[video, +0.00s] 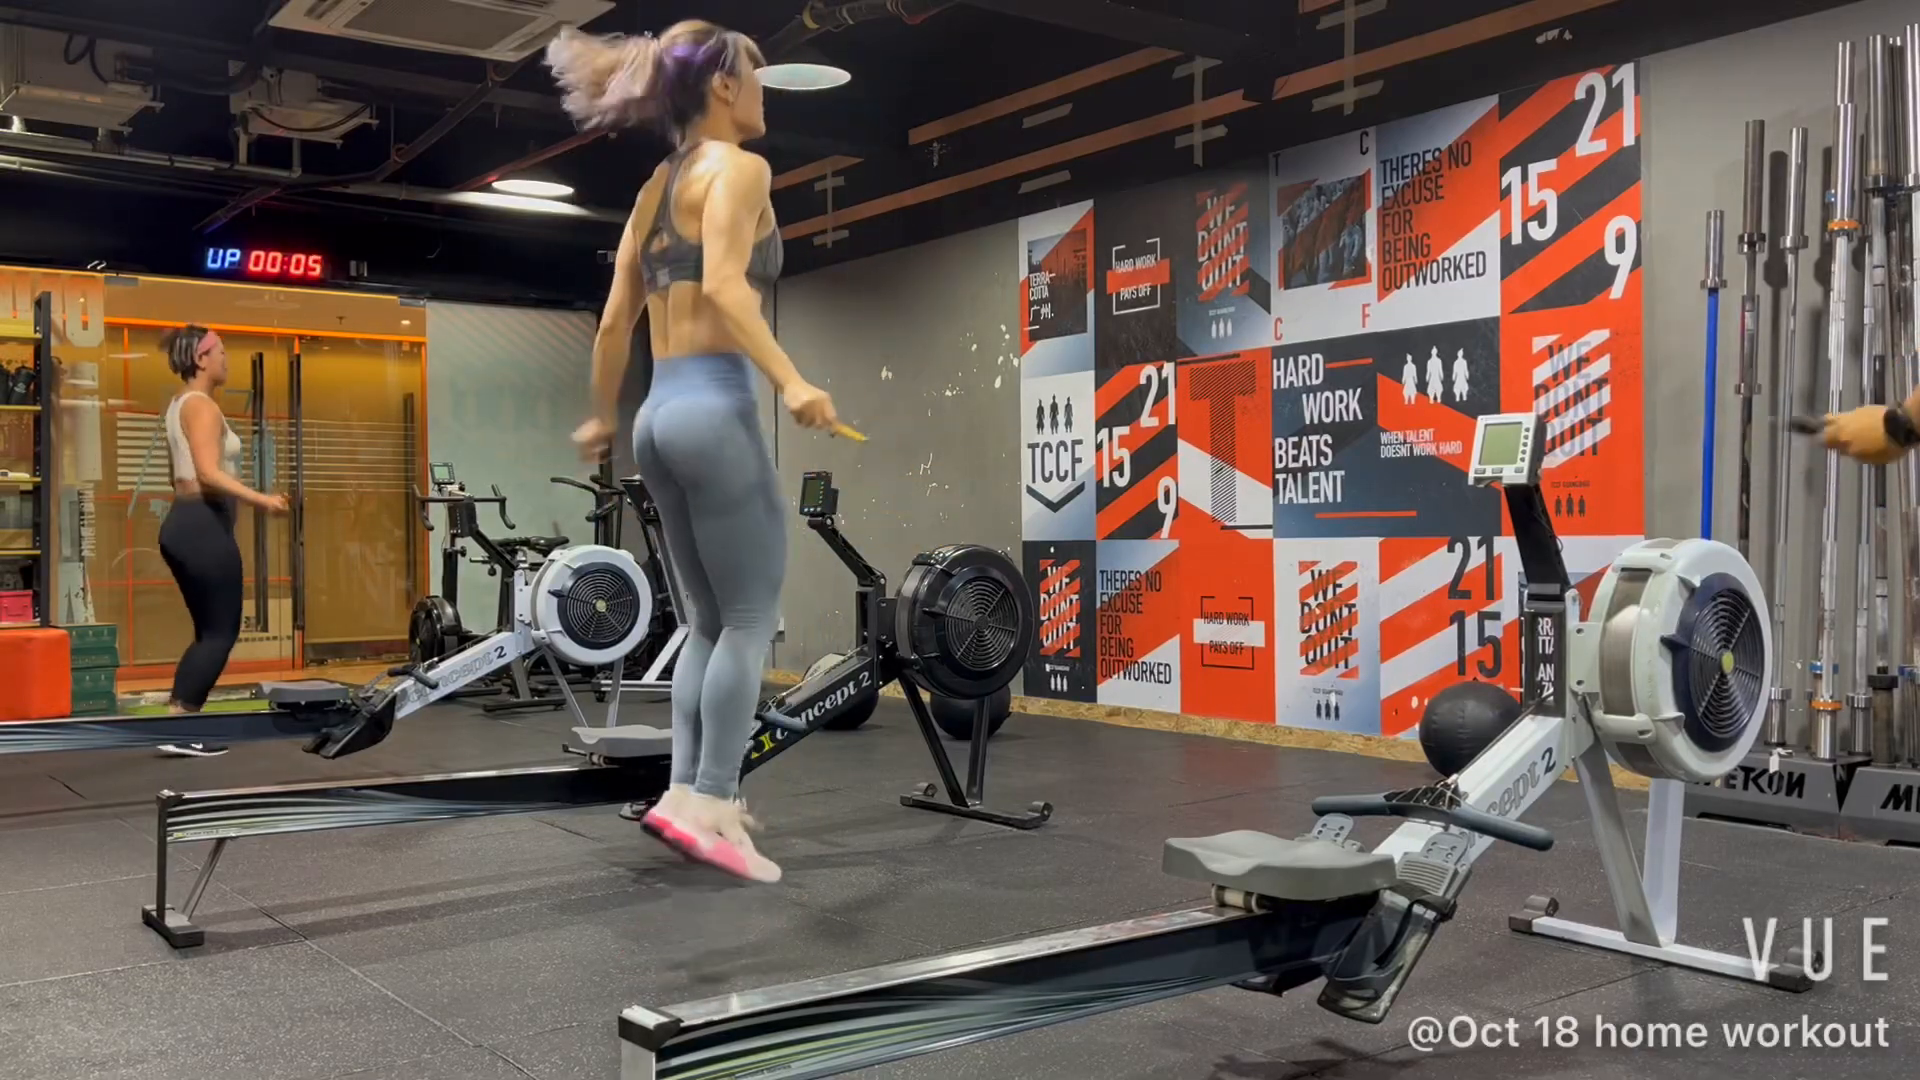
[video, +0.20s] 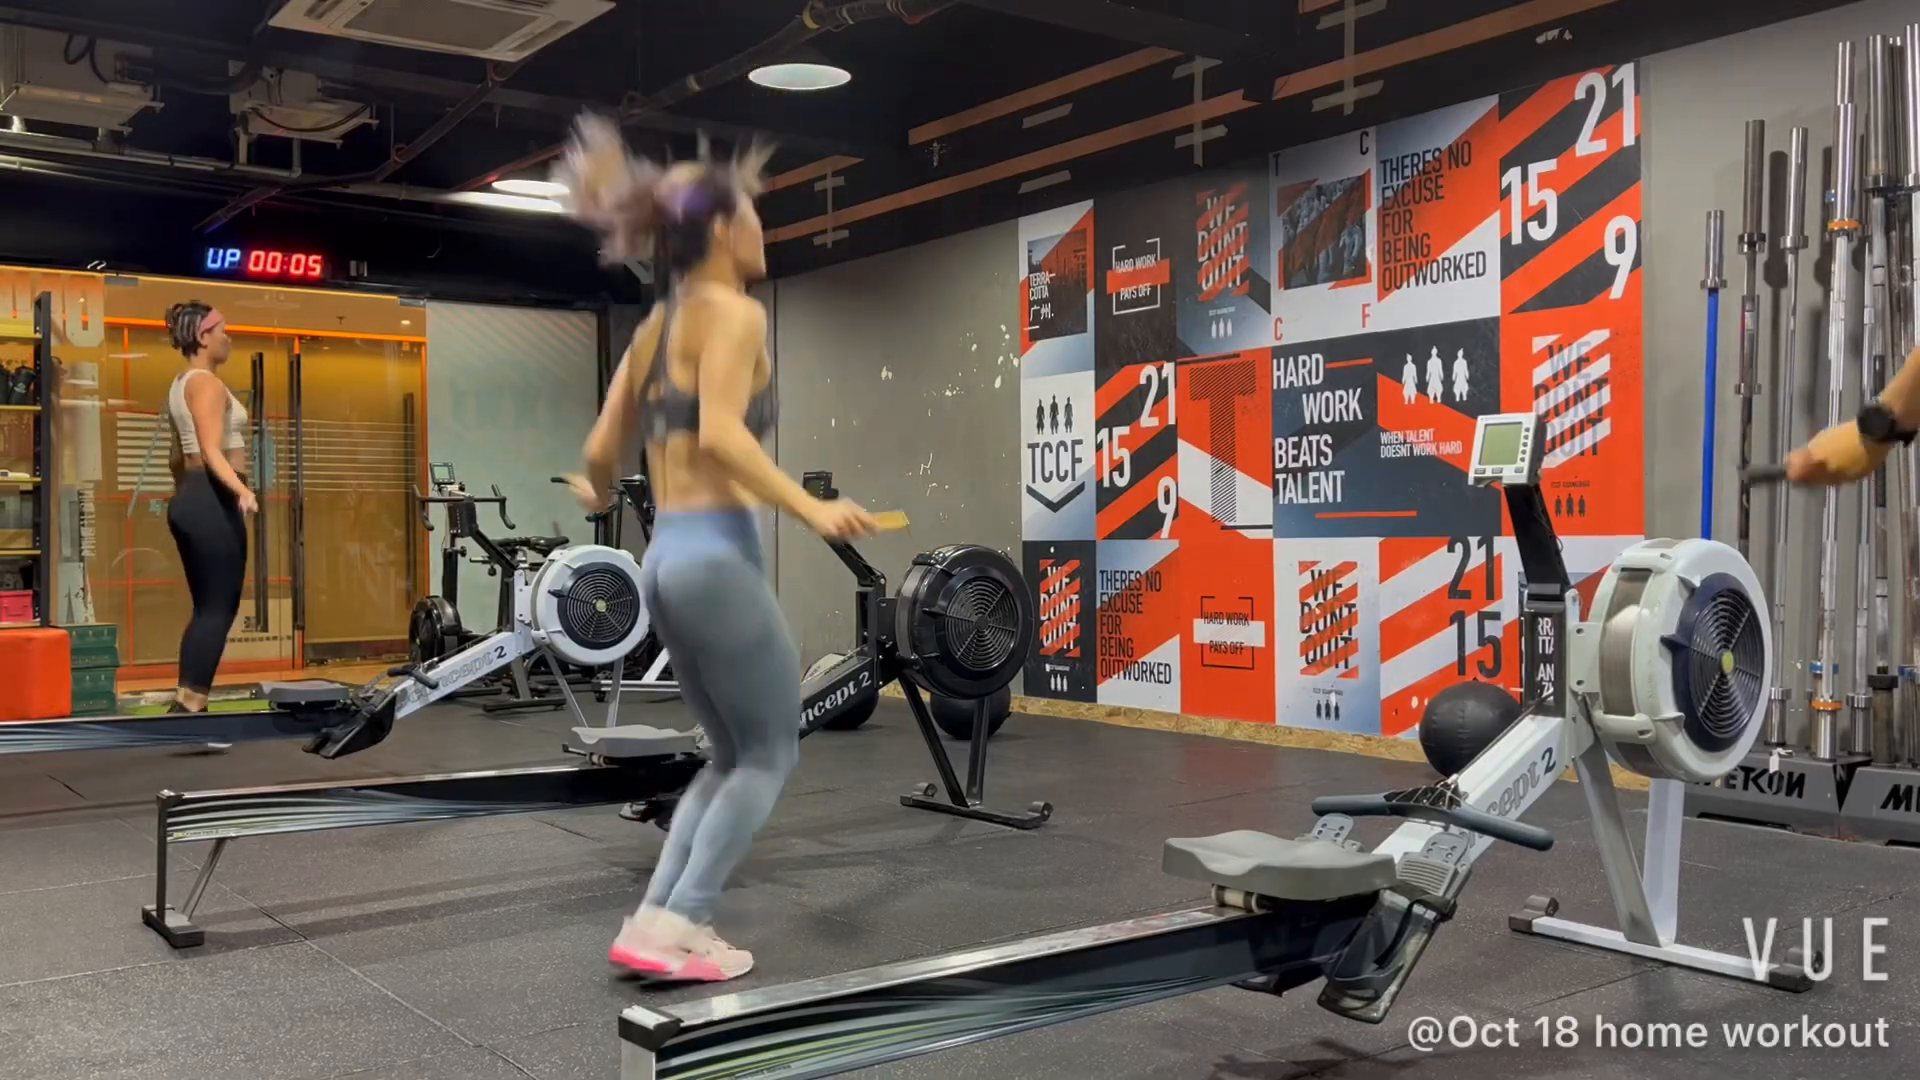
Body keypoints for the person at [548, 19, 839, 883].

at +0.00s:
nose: (763, 96)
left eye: (759, 80)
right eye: (754, 82)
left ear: (691, 96)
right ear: (722, 87)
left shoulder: (654, 188)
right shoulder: (739, 166)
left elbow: (616, 319)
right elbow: (722, 285)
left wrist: (605, 413)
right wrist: (791, 381)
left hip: (657, 412)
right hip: (714, 408)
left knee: (704, 621)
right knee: (750, 618)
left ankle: (689, 795)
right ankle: (712, 805)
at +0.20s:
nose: (761, 228)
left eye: (755, 214)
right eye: (750, 215)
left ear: (694, 236)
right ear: (721, 229)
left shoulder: (656, 324)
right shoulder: (734, 313)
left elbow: (604, 448)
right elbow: (721, 436)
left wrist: (595, 481)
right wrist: (814, 508)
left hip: (667, 558)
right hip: (712, 555)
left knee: (731, 755)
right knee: (769, 752)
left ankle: (656, 919)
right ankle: (682, 922)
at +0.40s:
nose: (754, 121)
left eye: (746, 106)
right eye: (744, 108)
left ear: (679, 133)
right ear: (718, 123)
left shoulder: (654, 224)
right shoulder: (736, 204)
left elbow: (612, 352)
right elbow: (733, 323)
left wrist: (591, 425)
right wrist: (827, 398)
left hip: (666, 442)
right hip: (718, 438)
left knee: (699, 655)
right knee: (732, 657)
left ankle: (681, 836)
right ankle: (711, 848)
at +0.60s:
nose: (773, 94)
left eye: (769, 78)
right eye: (765, 80)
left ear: (696, 93)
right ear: (736, 84)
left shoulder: (659, 183)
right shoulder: (749, 167)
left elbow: (622, 313)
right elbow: (728, 288)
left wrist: (611, 408)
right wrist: (795, 381)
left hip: (653, 405)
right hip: (710, 402)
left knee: (701, 620)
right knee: (749, 614)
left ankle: (688, 794)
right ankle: (712, 800)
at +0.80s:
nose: (777, 223)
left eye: (771, 209)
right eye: (766, 210)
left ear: (704, 234)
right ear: (737, 225)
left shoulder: (667, 318)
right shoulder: (752, 311)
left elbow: (606, 436)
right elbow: (729, 433)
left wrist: (593, 470)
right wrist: (825, 504)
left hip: (664, 549)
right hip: (718, 548)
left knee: (726, 753)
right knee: (767, 750)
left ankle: (666, 921)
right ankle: (688, 924)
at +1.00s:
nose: (763, 123)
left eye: (756, 108)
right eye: (754, 110)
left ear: (684, 133)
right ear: (727, 123)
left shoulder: (659, 223)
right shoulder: (744, 203)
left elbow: (617, 349)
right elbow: (736, 323)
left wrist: (589, 424)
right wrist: (827, 401)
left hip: (669, 446)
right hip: (721, 443)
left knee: (699, 657)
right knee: (739, 659)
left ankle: (689, 838)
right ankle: (711, 846)